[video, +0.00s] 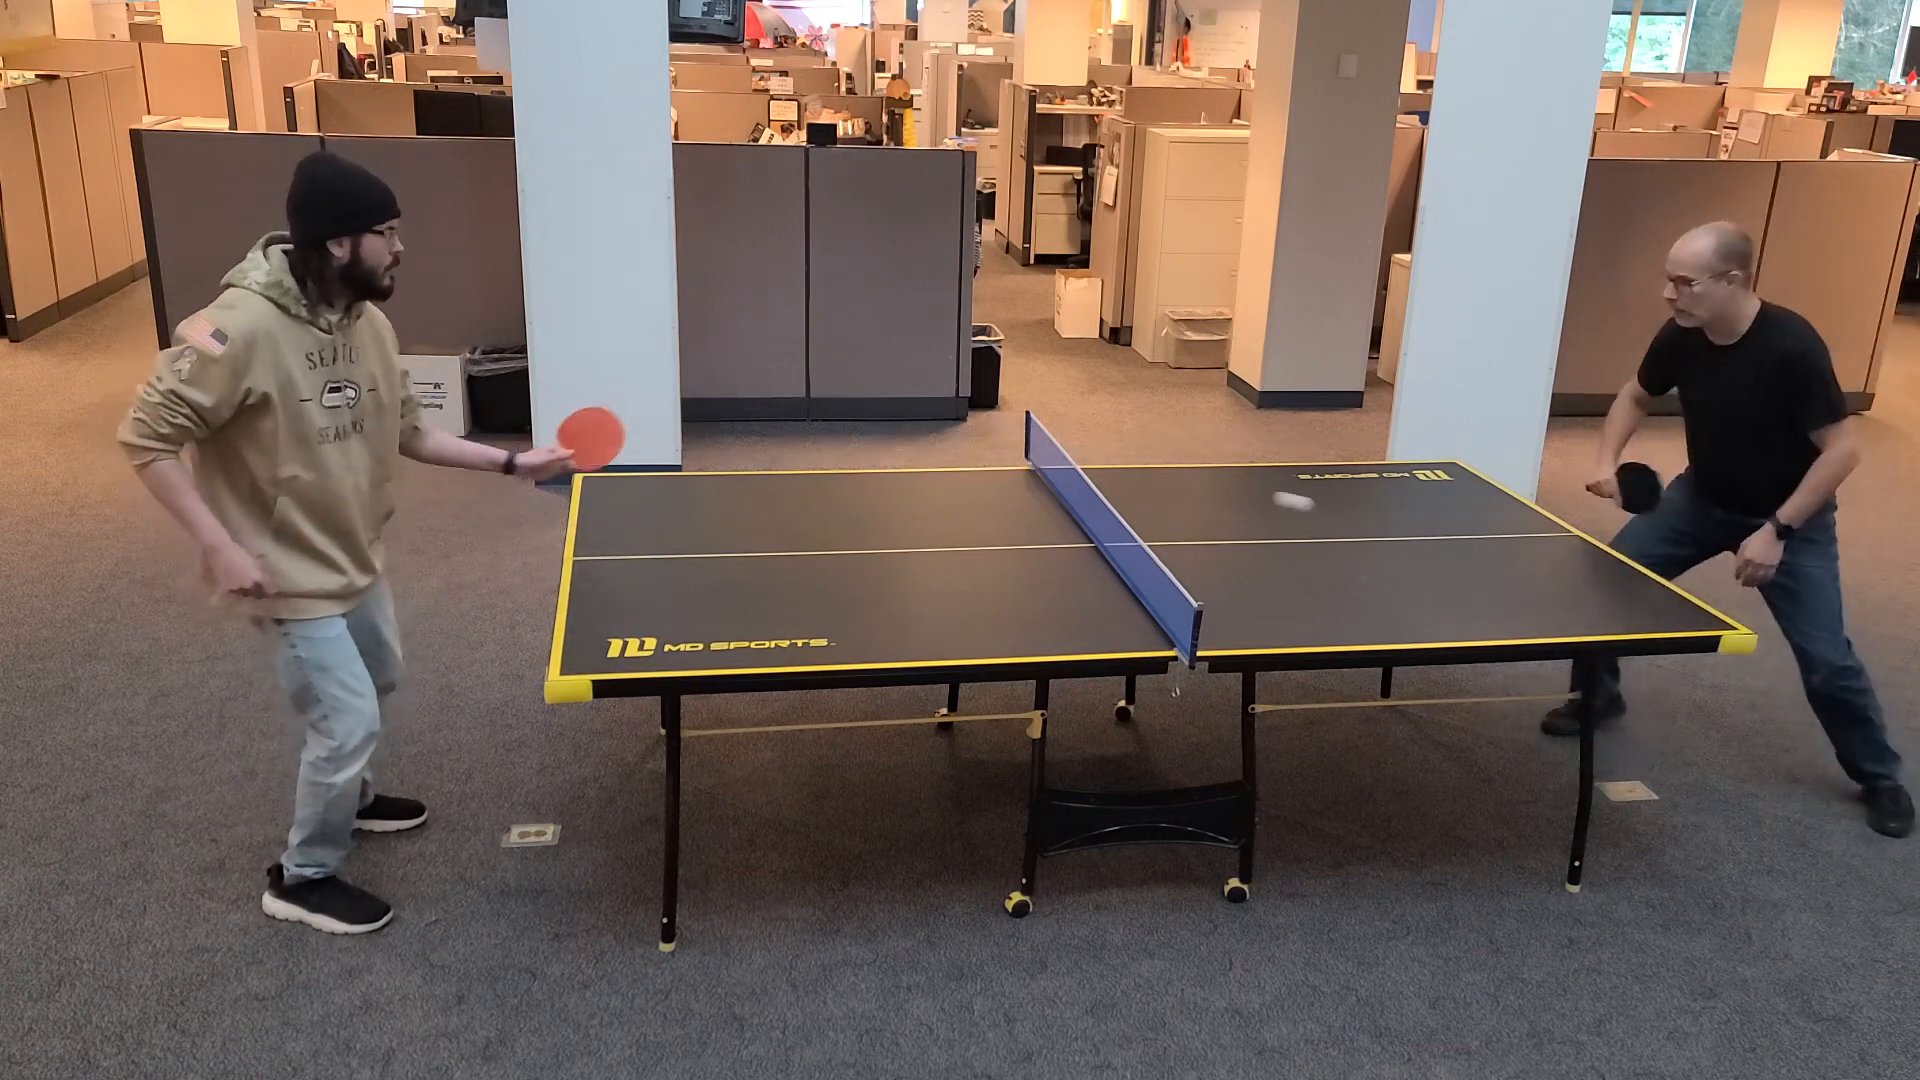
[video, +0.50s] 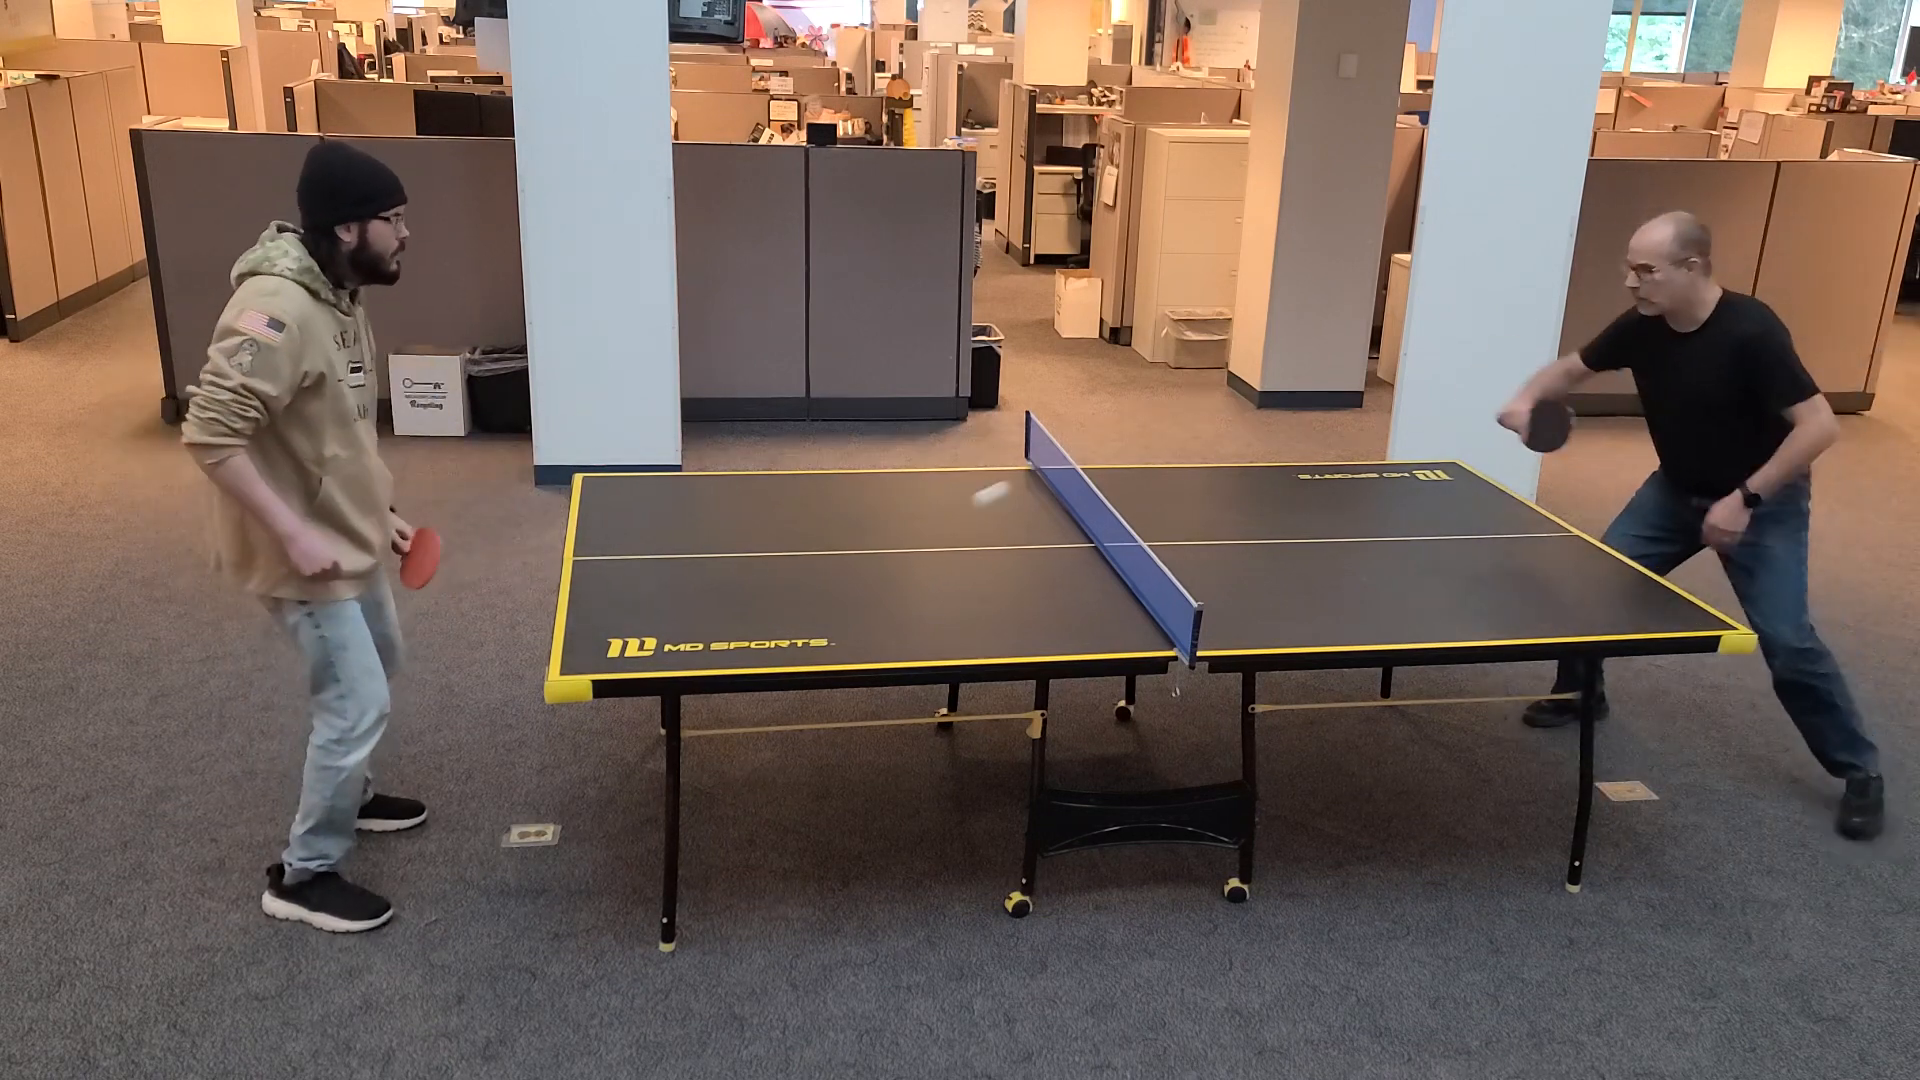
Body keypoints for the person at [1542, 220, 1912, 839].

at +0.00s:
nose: (1669, 293)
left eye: (1684, 283)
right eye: (1669, 280)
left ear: (1735, 282)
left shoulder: (1794, 346)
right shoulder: (1678, 338)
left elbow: (1843, 451)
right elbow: (1634, 400)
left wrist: (1775, 530)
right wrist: (1606, 461)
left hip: (1793, 519)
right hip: (1704, 499)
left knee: (1827, 662)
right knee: (1606, 576)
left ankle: (1879, 776)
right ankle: (1596, 693)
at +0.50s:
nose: (1631, 281)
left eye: (1645, 270)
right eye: (1629, 268)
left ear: (1694, 269)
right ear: (1635, 268)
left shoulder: (1752, 329)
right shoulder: (1639, 327)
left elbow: (1819, 425)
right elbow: (1572, 370)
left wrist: (1745, 497)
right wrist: (1525, 396)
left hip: (1764, 500)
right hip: (1678, 489)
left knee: (1786, 642)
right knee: (1594, 580)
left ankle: (1860, 770)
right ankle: (1579, 688)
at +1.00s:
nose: (1759, 277)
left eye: (1775, 266)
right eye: (1758, 263)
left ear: (1827, 267)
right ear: (1766, 259)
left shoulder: (1887, 335)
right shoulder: (1764, 325)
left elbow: (1919, 438)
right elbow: (1733, 403)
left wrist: (1830, 471)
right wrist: (1710, 460)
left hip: (1877, 505)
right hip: (1794, 493)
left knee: (1861, 660)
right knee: (1709, 586)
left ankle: (1884, 793)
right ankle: (1745, 690)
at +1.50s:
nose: (1843, 312)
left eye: (1860, 303)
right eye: (1841, 298)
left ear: (1909, 302)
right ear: (1843, 291)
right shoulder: (1830, 350)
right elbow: (1749, 415)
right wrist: (1703, 444)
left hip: (1911, 536)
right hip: (1842, 510)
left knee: (1898, 683)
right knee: (1761, 606)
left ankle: (1900, 823)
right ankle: (1719, 703)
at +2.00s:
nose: (1789, 303)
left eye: (1804, 294)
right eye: (1789, 290)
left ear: (1857, 297)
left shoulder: (1911, 358)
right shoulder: (1806, 354)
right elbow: (1768, 426)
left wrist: (1840, 497)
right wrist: (1735, 472)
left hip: (1903, 525)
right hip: (1832, 515)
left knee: (1886, 672)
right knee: (1761, 596)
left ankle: (1901, 820)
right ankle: (1737, 691)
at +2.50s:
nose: (1704, 277)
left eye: (1716, 267)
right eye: (1703, 265)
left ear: (1763, 267)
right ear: (1748, 266)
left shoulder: (1825, 323)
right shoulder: (1719, 311)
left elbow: (1901, 412)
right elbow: (1637, 319)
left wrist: (1834, 490)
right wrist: (1563, 361)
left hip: (1838, 491)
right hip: (1761, 477)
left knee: (1844, 632)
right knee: (1679, 567)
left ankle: (1876, 777)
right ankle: (1660, 665)